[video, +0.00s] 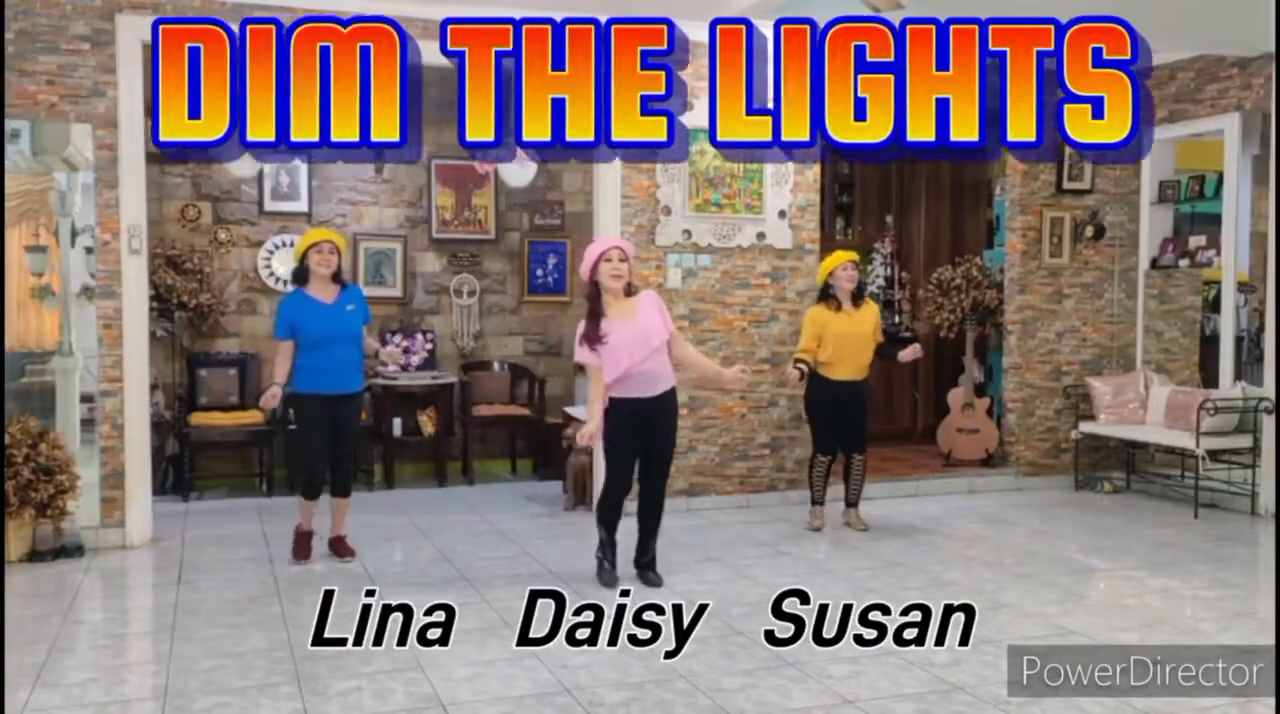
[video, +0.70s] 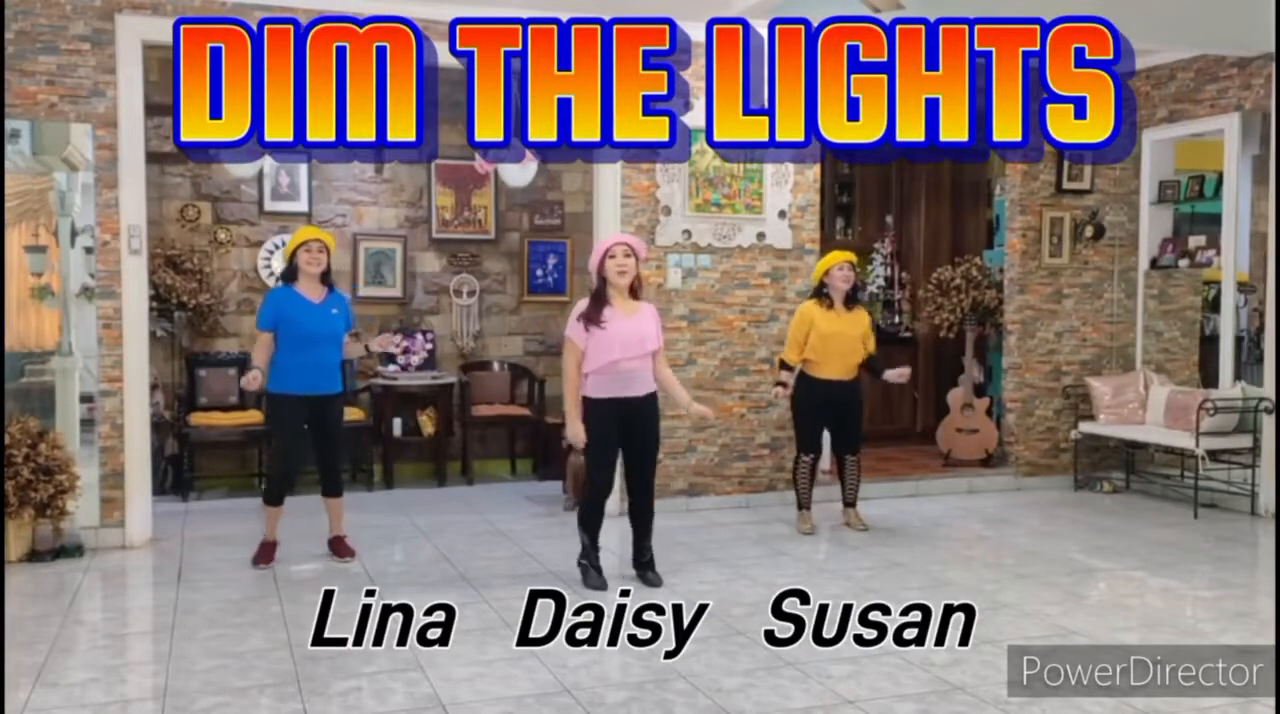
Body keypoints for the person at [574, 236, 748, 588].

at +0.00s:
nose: (617, 266)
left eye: (622, 261)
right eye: (608, 261)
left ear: (630, 268)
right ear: (594, 273)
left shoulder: (650, 302)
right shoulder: (592, 325)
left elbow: (680, 350)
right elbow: (596, 381)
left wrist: (722, 374)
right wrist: (594, 421)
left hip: (662, 404)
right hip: (621, 408)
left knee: (654, 487)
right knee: (618, 485)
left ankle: (646, 559)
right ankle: (606, 549)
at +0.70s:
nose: (621, 262)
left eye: (627, 257)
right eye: (613, 257)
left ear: (637, 266)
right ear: (601, 267)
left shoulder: (648, 313)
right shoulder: (586, 311)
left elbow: (661, 368)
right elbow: (571, 368)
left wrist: (689, 403)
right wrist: (573, 420)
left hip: (643, 406)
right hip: (600, 408)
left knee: (642, 487)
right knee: (599, 485)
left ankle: (644, 559)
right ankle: (589, 557)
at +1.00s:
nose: (614, 267)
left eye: (620, 260)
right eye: (606, 262)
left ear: (631, 269)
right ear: (595, 272)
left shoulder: (639, 319)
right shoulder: (579, 309)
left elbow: (642, 375)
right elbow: (542, 350)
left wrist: (654, 422)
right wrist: (529, 403)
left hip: (622, 410)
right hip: (579, 408)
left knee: (630, 486)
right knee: (582, 486)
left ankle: (635, 559)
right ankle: (586, 561)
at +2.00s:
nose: (627, 263)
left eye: (633, 257)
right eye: (618, 258)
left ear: (642, 265)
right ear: (606, 267)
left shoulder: (661, 304)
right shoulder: (601, 312)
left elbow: (684, 349)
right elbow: (589, 369)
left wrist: (692, 389)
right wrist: (571, 412)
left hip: (657, 403)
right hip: (612, 404)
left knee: (659, 485)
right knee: (603, 483)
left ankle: (662, 561)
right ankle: (591, 557)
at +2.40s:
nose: (647, 262)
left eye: (653, 256)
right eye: (639, 257)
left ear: (662, 265)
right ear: (627, 268)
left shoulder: (681, 304)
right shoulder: (620, 317)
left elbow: (713, 332)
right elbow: (608, 373)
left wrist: (703, 374)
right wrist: (621, 399)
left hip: (677, 404)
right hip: (637, 406)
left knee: (671, 487)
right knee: (639, 487)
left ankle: (665, 560)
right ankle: (642, 557)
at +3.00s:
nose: (640, 262)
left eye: (645, 255)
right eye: (631, 258)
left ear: (656, 263)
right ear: (620, 270)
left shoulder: (668, 312)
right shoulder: (611, 312)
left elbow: (678, 356)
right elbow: (580, 362)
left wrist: (672, 388)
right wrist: (592, 412)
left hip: (654, 406)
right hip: (612, 404)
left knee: (656, 488)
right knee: (601, 486)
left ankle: (662, 562)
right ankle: (588, 561)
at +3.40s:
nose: (619, 269)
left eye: (624, 262)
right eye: (610, 265)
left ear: (635, 271)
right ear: (599, 274)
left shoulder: (645, 321)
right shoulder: (581, 312)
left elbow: (664, 370)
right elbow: (541, 352)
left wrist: (645, 400)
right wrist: (541, 404)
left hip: (620, 411)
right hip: (576, 408)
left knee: (629, 491)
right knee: (579, 489)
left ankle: (634, 561)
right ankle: (584, 563)